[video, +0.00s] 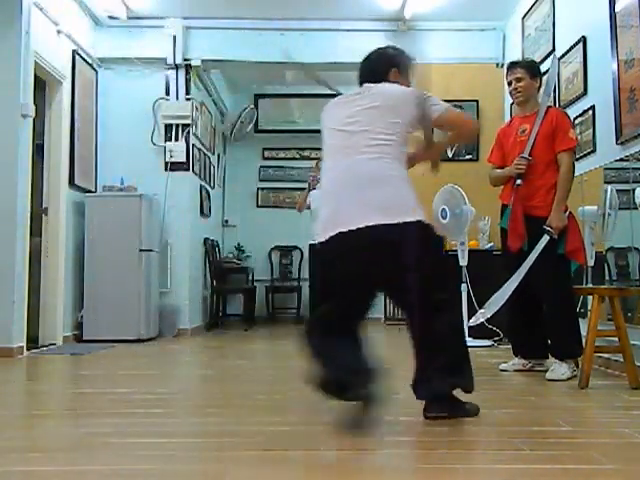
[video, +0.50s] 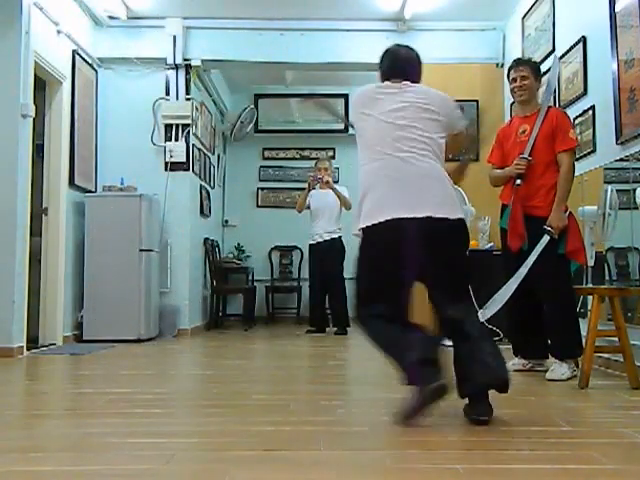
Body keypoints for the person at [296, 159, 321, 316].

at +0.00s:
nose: (314, 177)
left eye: (316, 173)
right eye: (313, 173)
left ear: (323, 174)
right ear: (312, 175)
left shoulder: (330, 191)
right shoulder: (314, 193)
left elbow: (300, 207)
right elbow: (300, 207)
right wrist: (308, 189)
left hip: (331, 240)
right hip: (315, 241)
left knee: (325, 281)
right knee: (314, 281)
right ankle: (314, 317)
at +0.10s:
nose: (323, 173)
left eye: (326, 170)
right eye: (320, 170)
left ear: (331, 171)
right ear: (316, 172)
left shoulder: (338, 191)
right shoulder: (312, 194)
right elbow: (300, 208)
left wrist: (333, 188)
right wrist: (308, 188)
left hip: (334, 240)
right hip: (316, 242)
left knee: (336, 284)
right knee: (316, 285)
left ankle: (341, 324)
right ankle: (318, 323)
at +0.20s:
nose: (323, 173)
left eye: (326, 170)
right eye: (320, 170)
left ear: (331, 171)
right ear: (316, 172)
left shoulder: (340, 190)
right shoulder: (311, 194)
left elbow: (347, 206)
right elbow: (299, 208)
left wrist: (333, 189)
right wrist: (308, 188)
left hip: (334, 241)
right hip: (316, 242)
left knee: (336, 284)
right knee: (316, 286)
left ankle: (341, 324)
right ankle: (318, 323)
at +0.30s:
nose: (323, 173)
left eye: (326, 170)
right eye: (319, 170)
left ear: (331, 171)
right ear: (315, 173)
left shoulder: (340, 190)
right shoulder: (311, 194)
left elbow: (347, 206)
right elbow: (299, 208)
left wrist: (333, 189)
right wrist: (308, 188)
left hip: (334, 241)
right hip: (316, 242)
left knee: (336, 284)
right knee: (316, 286)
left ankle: (341, 324)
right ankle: (318, 323)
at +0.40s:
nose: (323, 173)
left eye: (326, 170)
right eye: (319, 170)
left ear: (331, 171)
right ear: (315, 173)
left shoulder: (340, 190)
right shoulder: (311, 194)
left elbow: (347, 206)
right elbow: (299, 208)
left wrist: (333, 188)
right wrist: (308, 188)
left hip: (334, 241)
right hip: (316, 242)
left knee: (336, 284)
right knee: (316, 286)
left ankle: (341, 324)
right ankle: (318, 323)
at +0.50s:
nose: (322, 173)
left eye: (326, 170)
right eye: (319, 170)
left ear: (331, 171)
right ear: (315, 173)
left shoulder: (339, 190)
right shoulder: (311, 194)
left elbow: (347, 206)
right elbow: (299, 208)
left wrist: (333, 188)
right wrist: (308, 189)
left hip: (334, 241)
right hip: (316, 242)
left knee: (336, 284)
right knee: (316, 285)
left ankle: (341, 324)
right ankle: (318, 323)